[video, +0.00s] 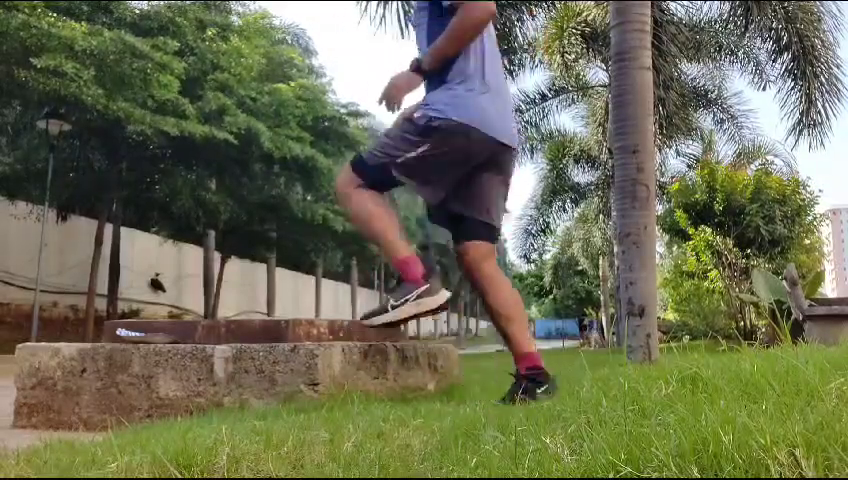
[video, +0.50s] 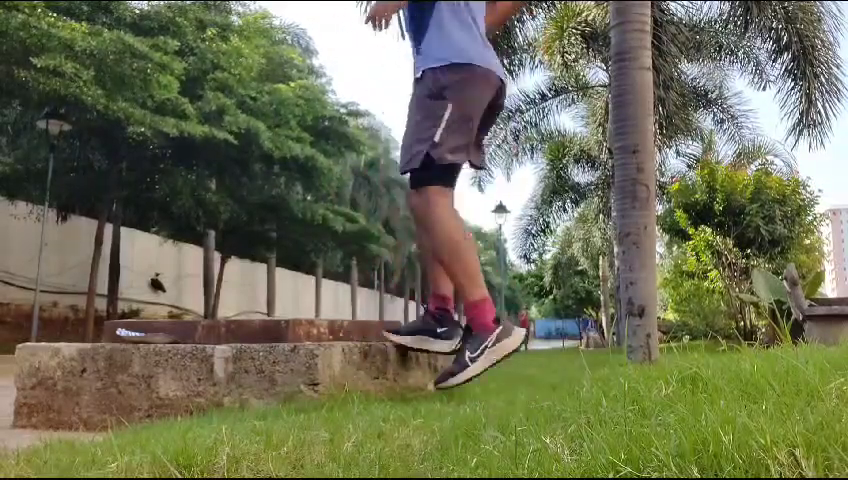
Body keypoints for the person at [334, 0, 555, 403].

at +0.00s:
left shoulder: (440, 4)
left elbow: (481, 9)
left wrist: (416, 71)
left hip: (457, 112)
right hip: (503, 129)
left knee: (353, 184)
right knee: (478, 255)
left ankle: (415, 279)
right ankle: (532, 372)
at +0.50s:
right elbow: (511, 2)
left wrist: (394, 1)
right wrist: (469, 27)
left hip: (450, 62)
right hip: (483, 68)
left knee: (428, 196)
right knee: (429, 196)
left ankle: (485, 326)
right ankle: (441, 318)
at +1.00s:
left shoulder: (426, 6)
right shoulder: (470, 19)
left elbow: (457, 2)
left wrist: (413, 42)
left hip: (446, 91)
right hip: (494, 109)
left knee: (350, 173)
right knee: (476, 236)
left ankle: (405, 284)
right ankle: (517, 361)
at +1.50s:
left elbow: (378, 12)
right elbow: (508, 2)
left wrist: (380, 8)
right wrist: (469, 34)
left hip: (449, 62)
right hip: (485, 70)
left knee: (425, 195)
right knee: (427, 194)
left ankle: (480, 323)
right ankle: (443, 307)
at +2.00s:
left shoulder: (420, 5)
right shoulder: (457, 17)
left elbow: (466, 3)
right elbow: (491, 67)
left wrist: (407, 65)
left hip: (450, 107)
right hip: (495, 123)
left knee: (353, 186)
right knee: (471, 247)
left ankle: (423, 277)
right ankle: (514, 369)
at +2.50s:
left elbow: (376, 6)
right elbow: (501, 3)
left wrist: (367, 12)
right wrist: (461, 40)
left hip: (438, 57)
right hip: (476, 64)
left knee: (410, 186)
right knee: (412, 187)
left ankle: (469, 311)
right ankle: (423, 310)